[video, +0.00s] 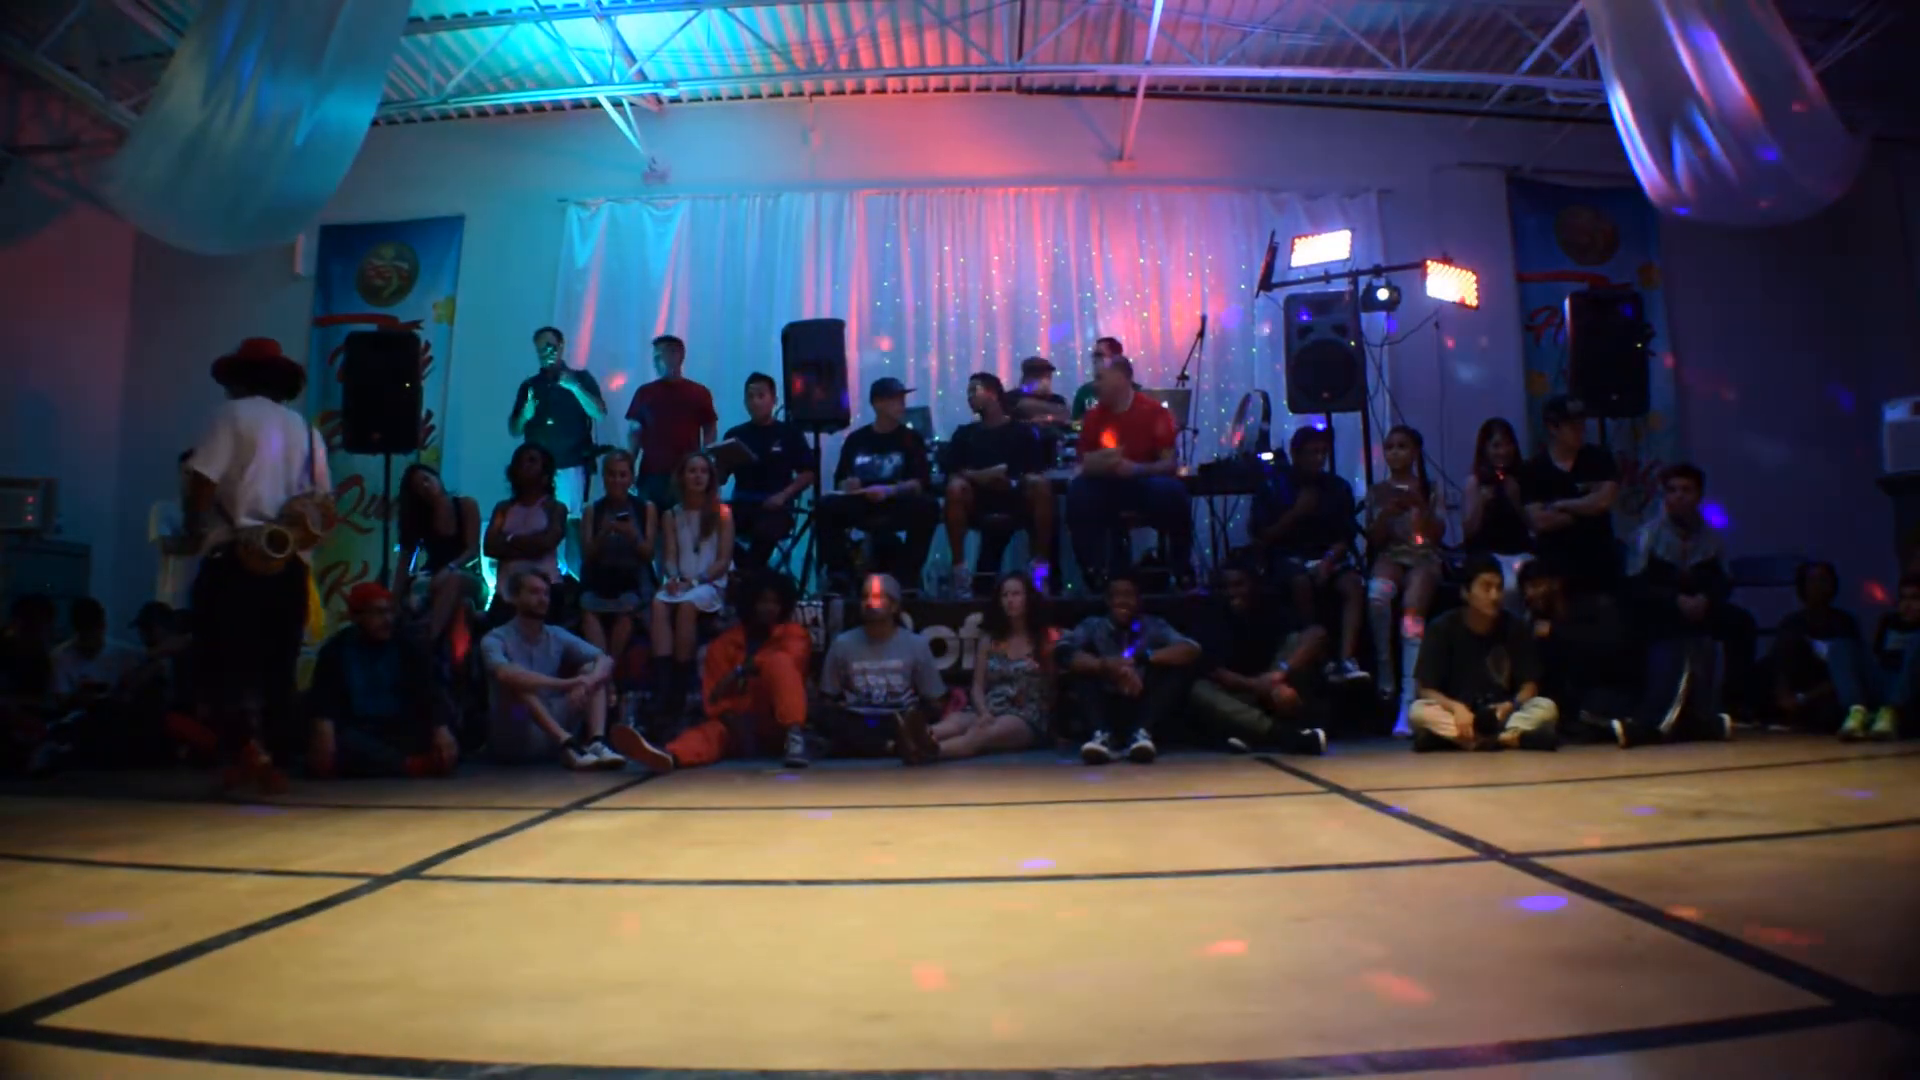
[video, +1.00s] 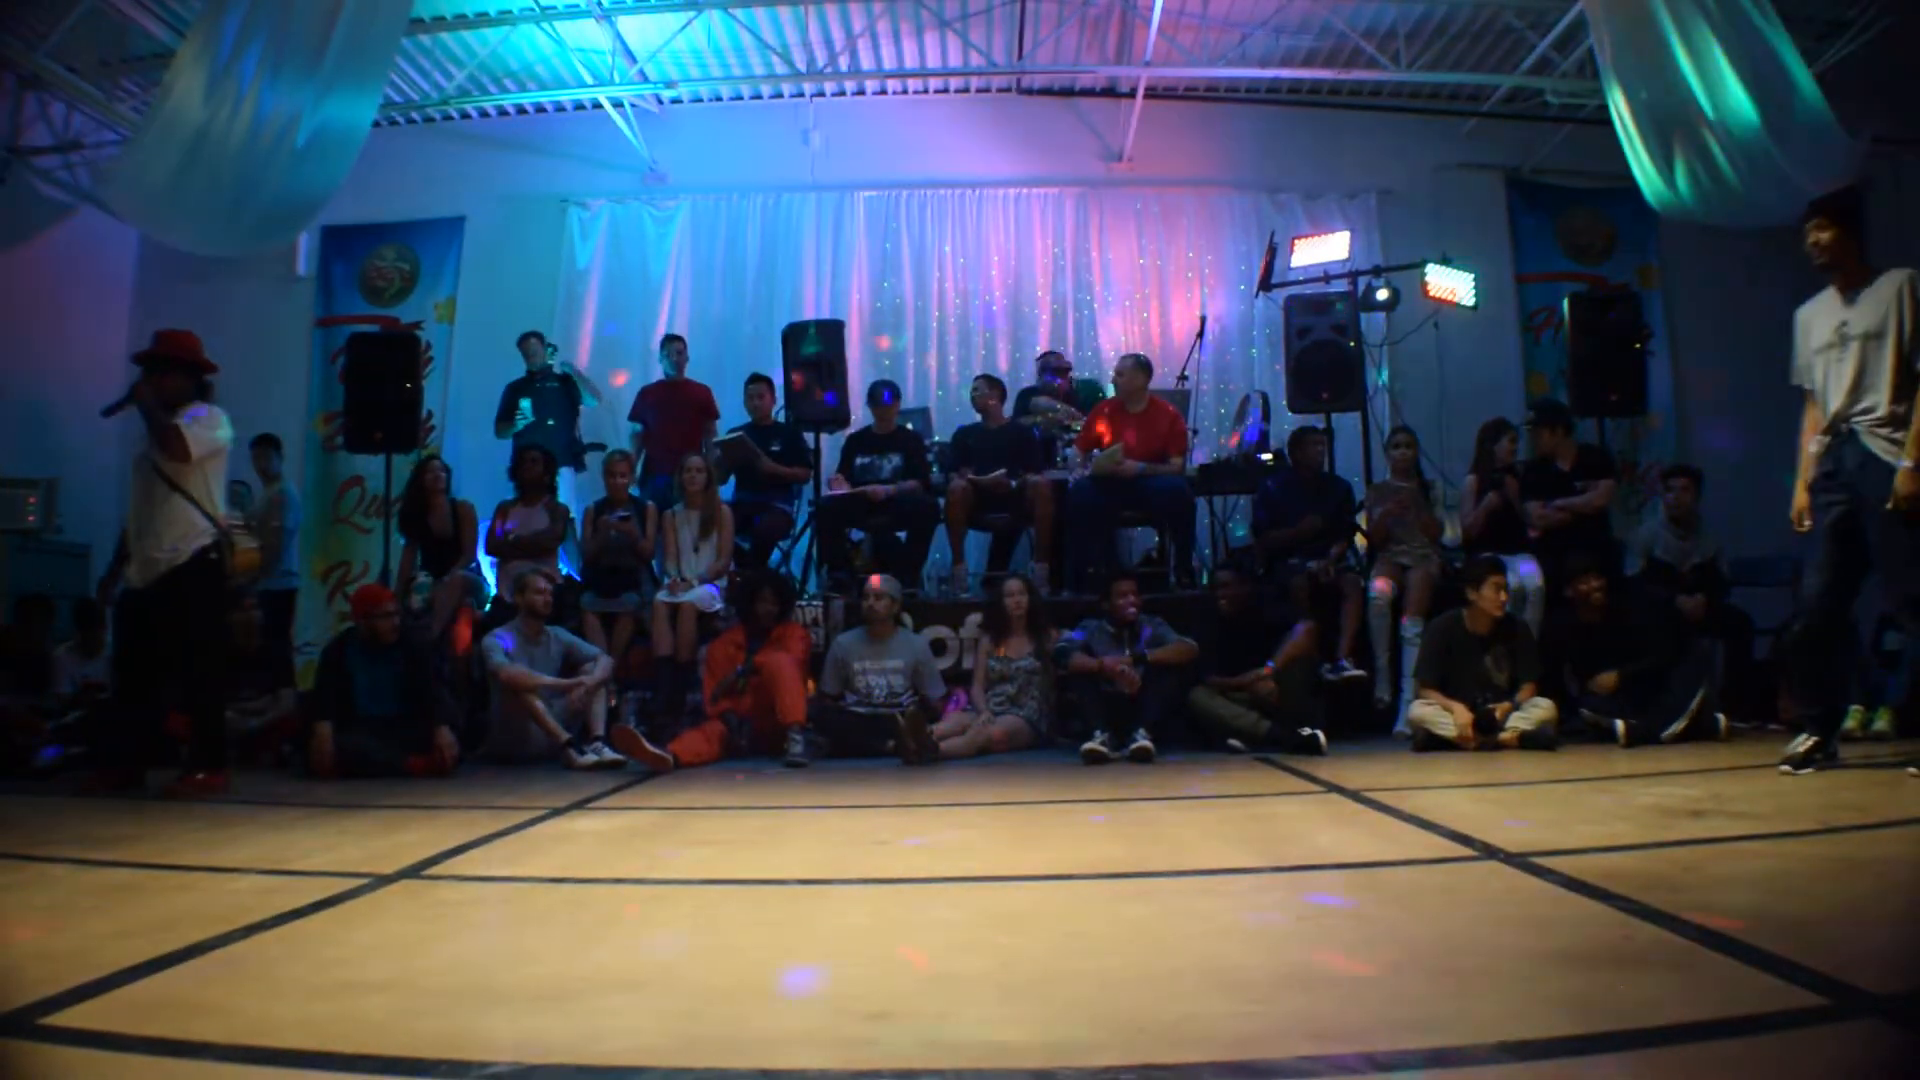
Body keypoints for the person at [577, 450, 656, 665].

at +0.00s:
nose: (617, 480)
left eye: (623, 475)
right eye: (612, 475)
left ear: (631, 477)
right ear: (604, 477)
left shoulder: (646, 509)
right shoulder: (592, 511)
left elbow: (647, 551)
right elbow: (588, 552)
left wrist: (630, 533)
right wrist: (604, 533)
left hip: (632, 573)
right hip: (600, 573)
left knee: (625, 609)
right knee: (589, 608)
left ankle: (610, 669)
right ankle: (602, 672)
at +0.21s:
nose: (617, 481)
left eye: (623, 475)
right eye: (611, 475)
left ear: (631, 477)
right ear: (603, 477)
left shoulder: (645, 508)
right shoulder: (591, 510)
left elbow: (647, 551)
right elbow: (587, 552)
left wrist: (630, 534)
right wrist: (604, 533)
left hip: (632, 576)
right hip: (599, 576)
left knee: (624, 611)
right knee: (589, 611)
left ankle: (610, 671)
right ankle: (602, 674)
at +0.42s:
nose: (619, 481)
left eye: (624, 476)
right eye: (613, 476)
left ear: (633, 477)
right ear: (605, 478)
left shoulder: (647, 509)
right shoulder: (593, 510)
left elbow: (649, 551)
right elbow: (589, 552)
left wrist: (633, 534)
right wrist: (605, 534)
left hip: (634, 575)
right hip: (602, 575)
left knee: (628, 610)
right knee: (590, 608)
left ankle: (610, 671)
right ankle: (603, 672)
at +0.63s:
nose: (617, 481)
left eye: (623, 476)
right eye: (612, 476)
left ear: (632, 478)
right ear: (605, 478)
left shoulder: (647, 509)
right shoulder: (593, 511)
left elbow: (648, 551)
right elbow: (587, 552)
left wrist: (630, 532)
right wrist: (606, 533)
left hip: (632, 574)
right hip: (600, 574)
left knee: (627, 606)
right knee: (589, 606)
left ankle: (610, 669)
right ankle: (602, 673)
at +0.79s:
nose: (617, 481)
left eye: (623, 475)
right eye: (612, 476)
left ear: (632, 478)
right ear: (604, 478)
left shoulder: (646, 508)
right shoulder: (593, 511)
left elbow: (648, 551)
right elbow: (588, 552)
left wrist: (631, 532)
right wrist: (603, 532)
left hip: (632, 574)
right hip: (600, 574)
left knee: (627, 607)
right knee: (589, 608)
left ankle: (609, 671)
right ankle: (603, 673)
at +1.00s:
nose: (617, 481)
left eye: (623, 476)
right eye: (612, 476)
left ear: (631, 478)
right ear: (604, 478)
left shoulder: (646, 509)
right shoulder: (592, 511)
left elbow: (648, 551)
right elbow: (587, 552)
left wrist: (631, 532)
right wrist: (603, 533)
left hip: (631, 573)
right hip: (600, 573)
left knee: (627, 606)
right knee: (589, 606)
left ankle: (611, 671)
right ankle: (603, 675)